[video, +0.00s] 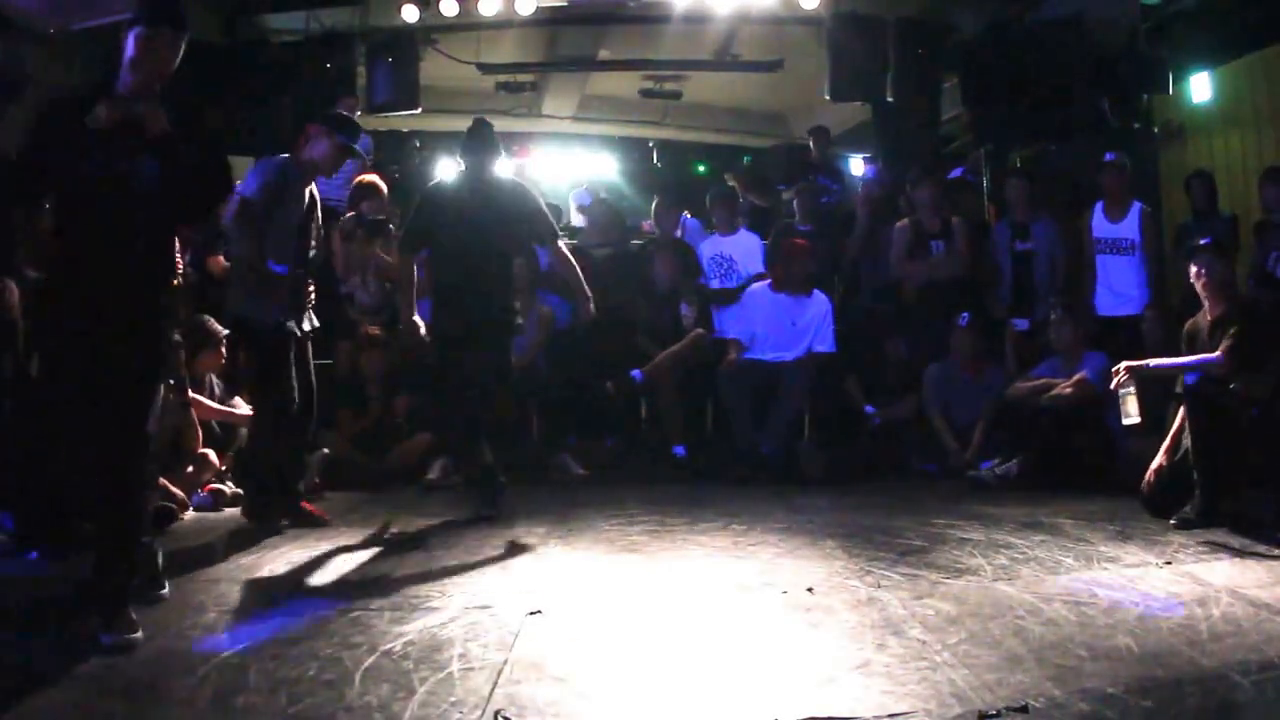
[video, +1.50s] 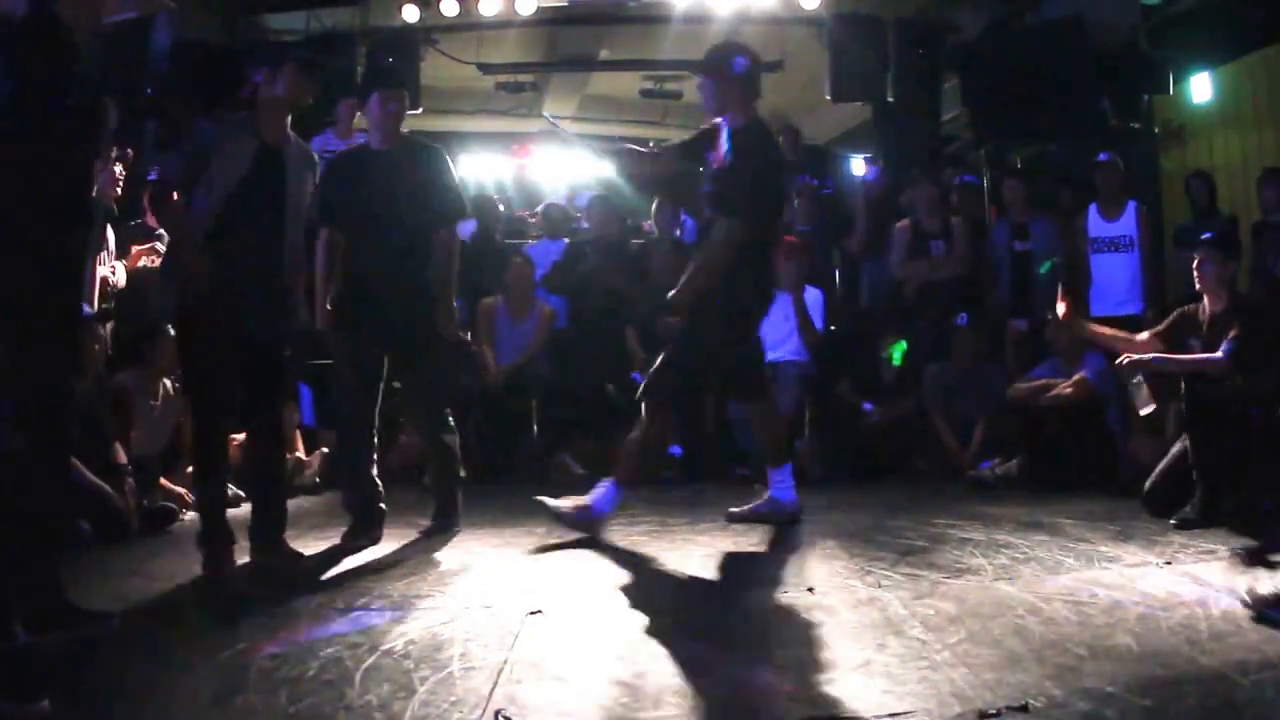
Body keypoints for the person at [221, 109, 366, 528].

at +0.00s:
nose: (340, 162)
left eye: (345, 155)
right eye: (337, 150)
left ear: (334, 153)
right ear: (311, 137)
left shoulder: (311, 195)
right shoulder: (272, 172)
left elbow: (308, 256)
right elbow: (237, 225)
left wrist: (307, 288)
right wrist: (265, 269)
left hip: (294, 315)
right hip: (263, 314)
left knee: (303, 404)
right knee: (278, 403)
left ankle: (289, 494)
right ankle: (261, 498)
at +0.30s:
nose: (327, 148)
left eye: (331, 141)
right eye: (322, 137)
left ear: (323, 141)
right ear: (297, 128)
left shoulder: (303, 186)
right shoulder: (256, 161)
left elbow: (293, 246)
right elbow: (210, 203)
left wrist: (299, 275)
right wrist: (234, 253)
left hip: (274, 299)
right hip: (245, 294)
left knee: (281, 388)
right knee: (274, 387)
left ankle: (270, 487)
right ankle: (254, 490)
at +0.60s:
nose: (298, 141)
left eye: (303, 134)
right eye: (294, 130)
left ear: (301, 136)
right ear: (267, 122)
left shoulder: (297, 180)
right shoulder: (227, 161)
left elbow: (298, 240)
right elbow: (178, 202)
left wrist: (305, 284)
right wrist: (207, 246)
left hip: (271, 305)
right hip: (223, 302)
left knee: (283, 399)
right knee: (229, 407)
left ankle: (255, 487)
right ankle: (234, 510)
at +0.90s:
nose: (282, 113)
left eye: (285, 104)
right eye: (273, 104)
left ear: (283, 109)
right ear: (243, 104)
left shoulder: (291, 164)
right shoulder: (204, 159)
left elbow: (294, 223)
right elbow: (168, 218)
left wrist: (294, 267)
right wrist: (196, 263)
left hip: (267, 305)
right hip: (211, 304)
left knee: (268, 408)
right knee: (216, 413)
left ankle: (257, 509)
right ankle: (226, 516)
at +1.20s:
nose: (297, 109)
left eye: (298, 100)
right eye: (287, 99)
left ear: (293, 107)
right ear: (253, 101)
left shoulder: (301, 170)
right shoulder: (206, 158)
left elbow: (310, 237)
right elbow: (170, 220)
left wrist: (292, 287)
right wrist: (186, 274)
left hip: (269, 314)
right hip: (208, 312)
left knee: (270, 426)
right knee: (210, 424)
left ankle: (268, 534)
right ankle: (230, 503)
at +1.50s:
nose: (288, 97)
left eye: (296, 89)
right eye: (281, 85)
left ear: (302, 95)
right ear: (260, 84)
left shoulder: (303, 159)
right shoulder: (216, 137)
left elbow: (301, 237)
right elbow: (162, 193)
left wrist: (301, 301)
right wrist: (189, 244)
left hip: (269, 308)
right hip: (208, 306)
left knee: (270, 428)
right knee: (210, 426)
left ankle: (269, 541)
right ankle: (216, 547)